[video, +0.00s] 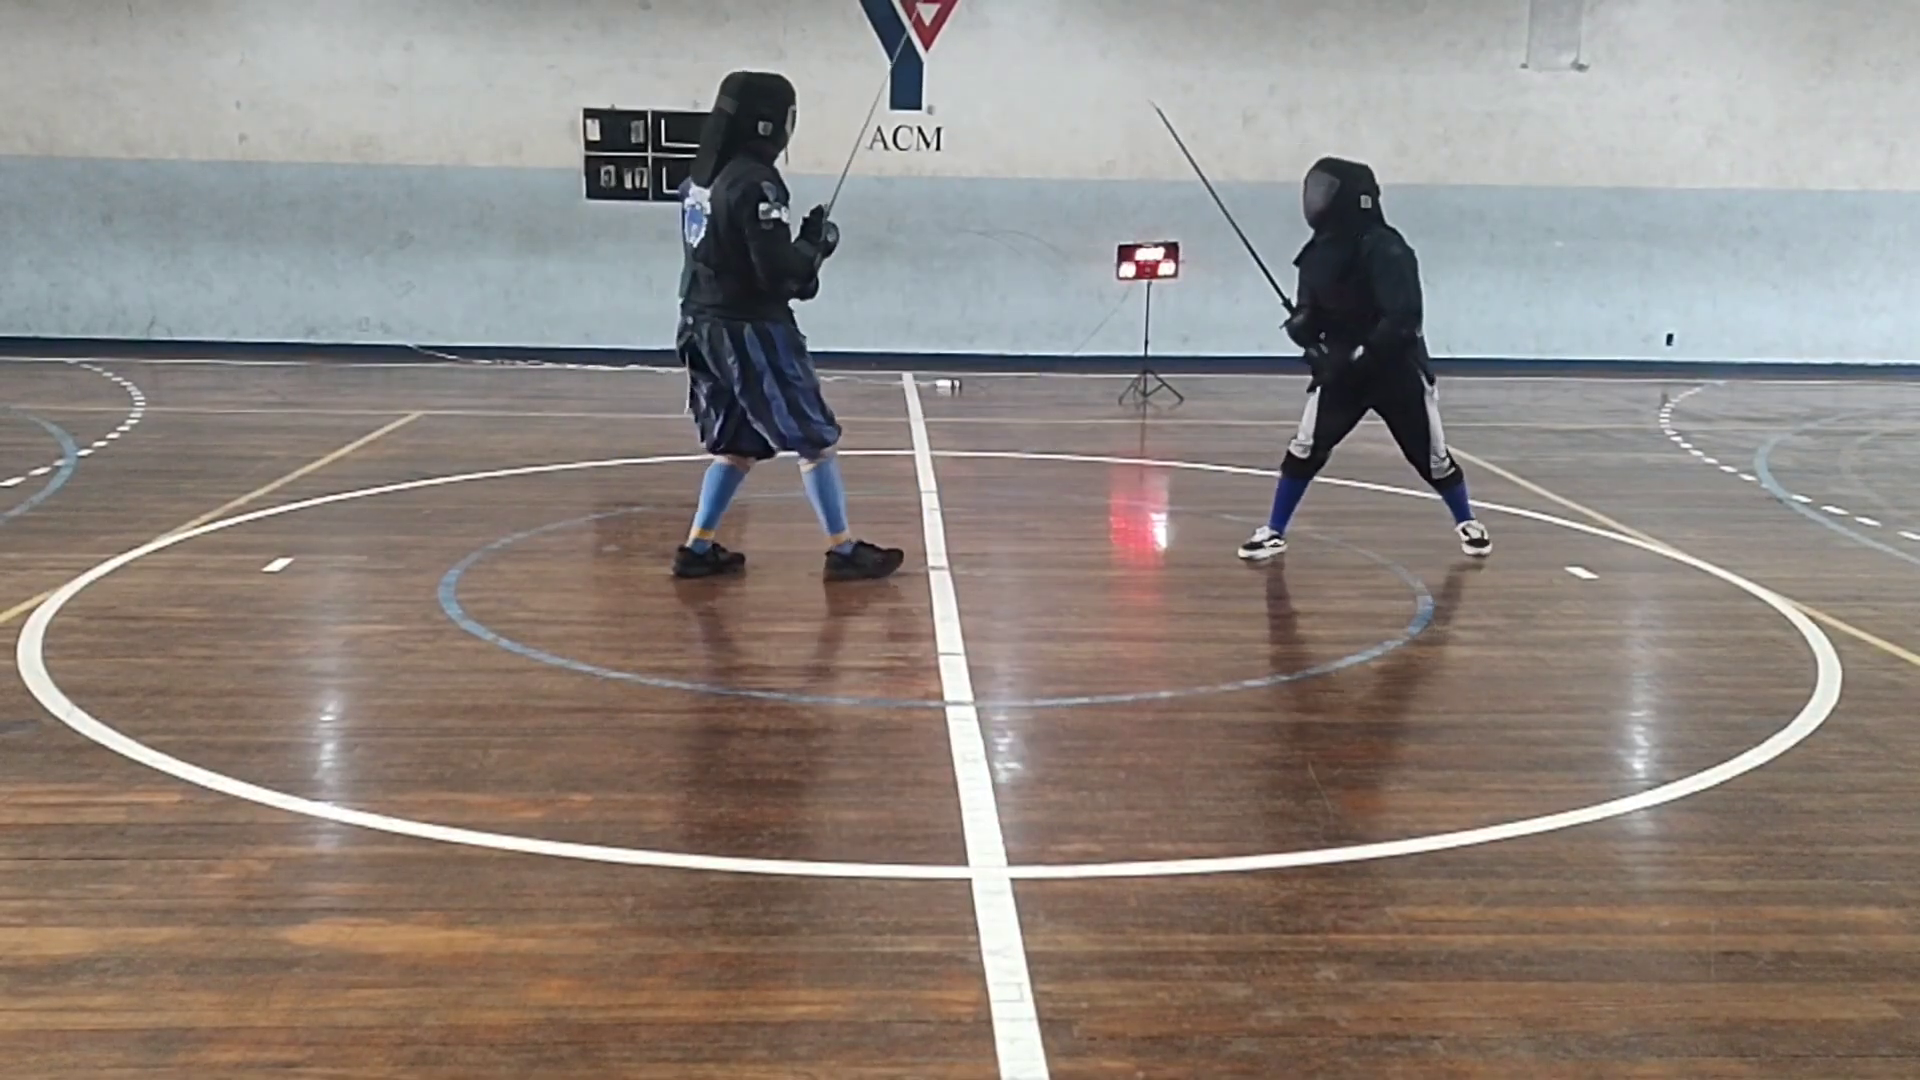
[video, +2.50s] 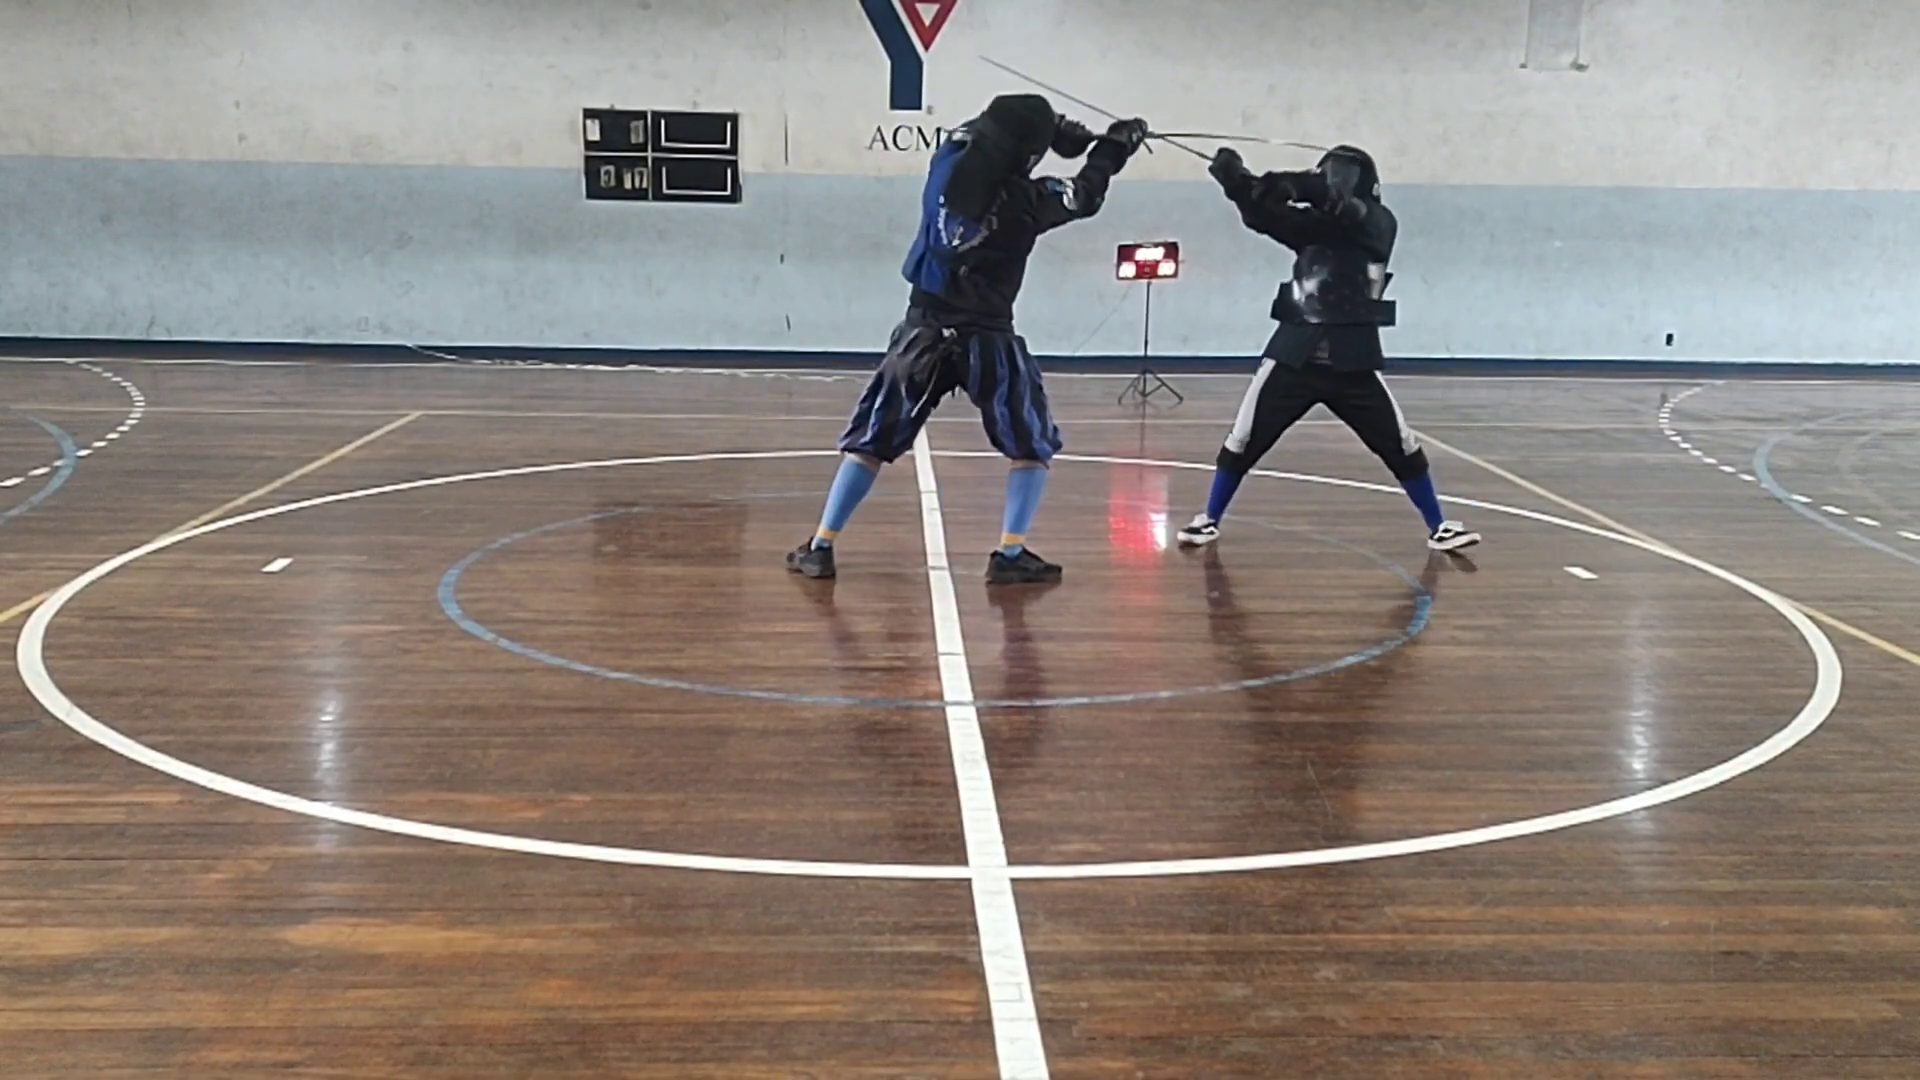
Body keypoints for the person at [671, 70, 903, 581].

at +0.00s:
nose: (789, 131)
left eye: (789, 121)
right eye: (786, 121)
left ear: (732, 120)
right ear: (767, 126)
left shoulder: (703, 173)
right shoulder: (757, 184)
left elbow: (728, 259)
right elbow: (785, 274)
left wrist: (798, 241)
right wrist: (814, 246)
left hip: (705, 325)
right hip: (754, 329)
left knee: (742, 440)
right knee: (814, 435)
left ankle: (698, 545)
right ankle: (844, 547)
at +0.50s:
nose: (901, 148)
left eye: (901, 138)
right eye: (898, 139)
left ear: (846, 136)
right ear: (880, 144)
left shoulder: (812, 187)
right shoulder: (869, 201)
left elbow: (828, 269)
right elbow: (892, 285)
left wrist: (904, 270)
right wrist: (925, 264)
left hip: (792, 333)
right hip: (853, 338)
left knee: (772, 445)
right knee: (932, 423)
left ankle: (716, 547)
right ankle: (940, 535)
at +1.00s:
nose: (962, 152)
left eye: (958, 143)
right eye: (959, 143)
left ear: (905, 142)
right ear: (948, 151)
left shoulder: (879, 186)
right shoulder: (948, 207)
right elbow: (1025, 252)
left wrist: (982, 222)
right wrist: (1063, 227)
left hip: (855, 336)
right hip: (920, 343)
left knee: (808, 443)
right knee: (991, 435)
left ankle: (732, 532)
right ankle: (1008, 550)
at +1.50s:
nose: (987, 147)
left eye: (988, 141)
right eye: (984, 139)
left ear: (935, 137)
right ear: (972, 148)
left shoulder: (905, 172)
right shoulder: (974, 199)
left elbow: (967, 173)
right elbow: (1046, 212)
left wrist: (1014, 166)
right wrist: (1096, 196)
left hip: (875, 335)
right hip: (938, 341)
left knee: (828, 437)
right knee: (1005, 435)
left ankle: (757, 533)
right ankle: (1010, 552)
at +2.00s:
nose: (1033, 156)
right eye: (1030, 148)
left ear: (974, 128)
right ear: (1016, 151)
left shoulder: (937, 162)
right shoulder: (1014, 202)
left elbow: (981, 100)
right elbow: (1074, 169)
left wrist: (1045, 94)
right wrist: (1113, 126)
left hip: (910, 328)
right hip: (975, 336)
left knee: (869, 434)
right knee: (1025, 441)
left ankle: (806, 537)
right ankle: (1009, 552)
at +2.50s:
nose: (1041, 155)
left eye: (1042, 145)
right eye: (1038, 146)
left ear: (989, 129)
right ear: (1027, 149)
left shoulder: (946, 160)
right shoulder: (1027, 199)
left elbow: (1000, 122)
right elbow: (1084, 196)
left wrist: (1070, 136)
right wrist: (1114, 145)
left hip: (922, 328)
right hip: (989, 337)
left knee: (874, 434)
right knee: (1032, 441)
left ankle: (820, 546)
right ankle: (1010, 553)